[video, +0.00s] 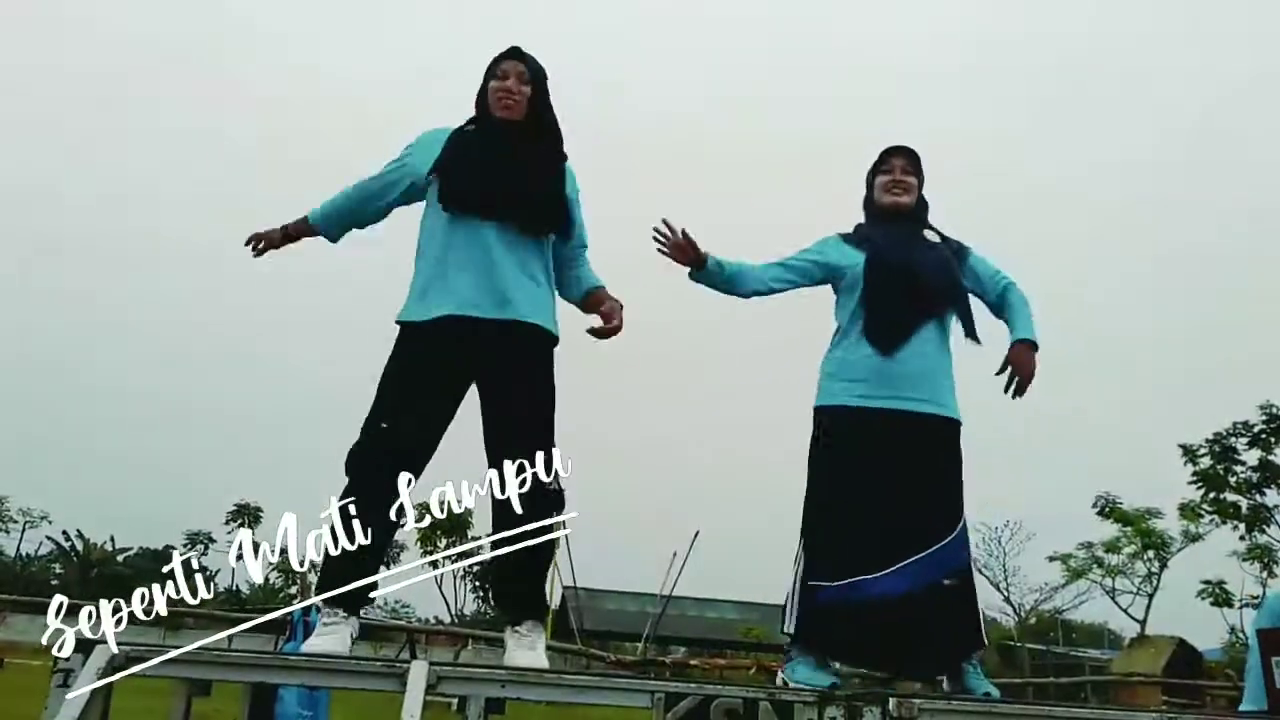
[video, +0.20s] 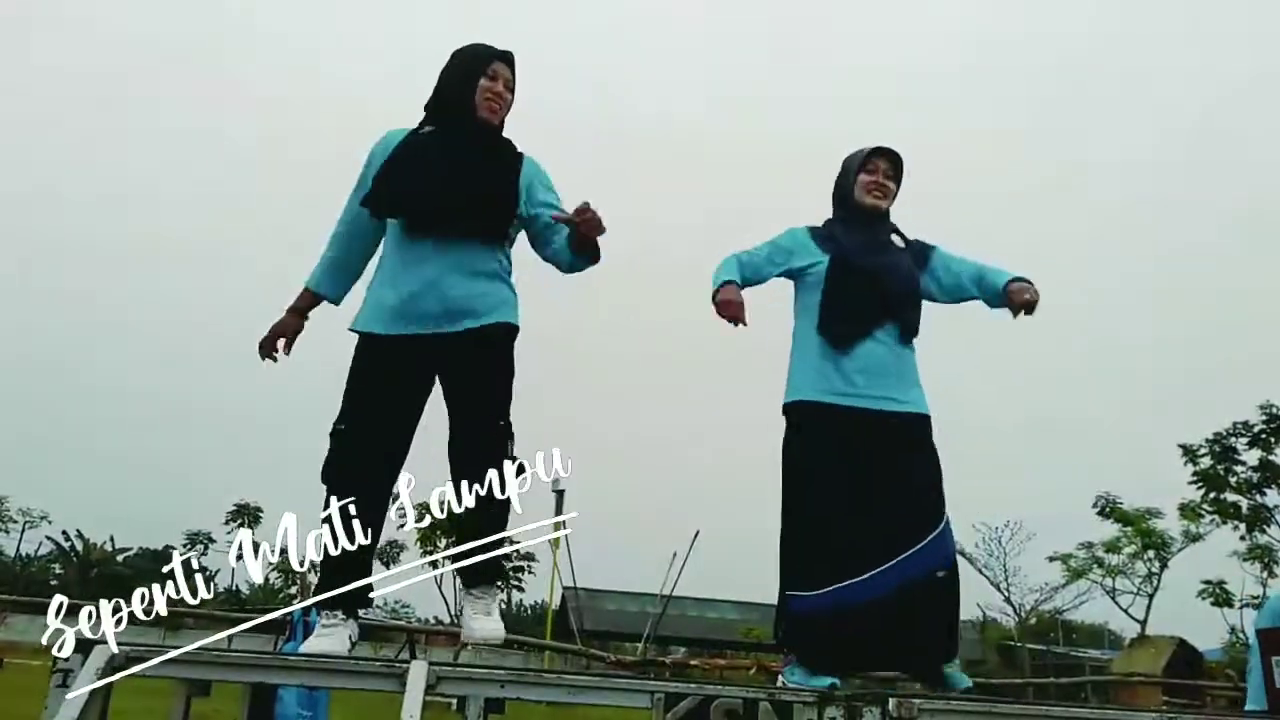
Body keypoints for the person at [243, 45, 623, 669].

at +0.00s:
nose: (509, 87)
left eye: (522, 81)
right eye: (501, 78)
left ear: (540, 98)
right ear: (484, 88)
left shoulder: (557, 172)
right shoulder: (444, 144)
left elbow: (571, 260)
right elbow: (377, 192)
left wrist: (600, 298)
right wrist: (301, 228)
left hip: (524, 328)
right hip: (438, 321)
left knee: (527, 473)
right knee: (383, 460)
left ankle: (525, 620)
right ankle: (340, 609)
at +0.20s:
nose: (502, 94)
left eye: (508, 89)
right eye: (492, 82)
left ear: (510, 103)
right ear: (458, 82)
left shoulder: (518, 167)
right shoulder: (398, 146)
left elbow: (557, 247)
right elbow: (353, 234)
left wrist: (582, 239)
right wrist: (299, 310)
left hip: (482, 324)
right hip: (393, 323)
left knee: (482, 458)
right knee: (359, 463)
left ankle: (481, 593)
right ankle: (340, 609)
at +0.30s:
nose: (495, 93)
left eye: (503, 88)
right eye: (486, 80)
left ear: (506, 103)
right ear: (452, 80)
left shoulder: (512, 159)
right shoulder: (392, 146)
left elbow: (559, 208)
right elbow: (356, 218)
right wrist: (337, 276)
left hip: (471, 315)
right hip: (388, 315)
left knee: (446, 448)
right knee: (359, 456)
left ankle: (430, 586)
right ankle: (339, 609)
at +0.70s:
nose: (529, 94)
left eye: (536, 89)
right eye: (520, 82)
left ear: (536, 101)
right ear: (485, 79)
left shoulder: (541, 157)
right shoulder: (419, 135)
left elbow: (629, 193)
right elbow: (367, 186)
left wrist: (595, 181)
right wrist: (352, 221)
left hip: (507, 316)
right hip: (416, 310)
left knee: (523, 458)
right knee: (376, 453)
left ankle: (521, 605)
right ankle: (341, 603)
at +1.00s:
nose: (583, 106)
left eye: (588, 100)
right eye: (573, 94)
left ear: (589, 114)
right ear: (539, 97)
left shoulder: (601, 179)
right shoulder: (489, 159)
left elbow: (676, 196)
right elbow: (442, 206)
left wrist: (616, 164)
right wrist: (418, 240)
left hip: (577, 329)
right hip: (491, 319)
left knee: (574, 478)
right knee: (436, 453)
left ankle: (566, 630)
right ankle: (402, 606)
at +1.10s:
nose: (598, 108)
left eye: (603, 104)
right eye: (588, 99)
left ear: (603, 120)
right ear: (555, 104)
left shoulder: (610, 168)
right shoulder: (503, 158)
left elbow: (644, 169)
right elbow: (466, 215)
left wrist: (558, 137)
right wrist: (468, 249)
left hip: (584, 328)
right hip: (503, 318)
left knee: (576, 475)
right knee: (478, 460)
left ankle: (567, 624)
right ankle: (473, 608)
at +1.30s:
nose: (610, 126)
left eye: (615, 120)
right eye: (600, 114)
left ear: (617, 132)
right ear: (567, 117)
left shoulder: (616, 191)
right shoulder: (513, 173)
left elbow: (649, 171)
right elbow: (482, 237)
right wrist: (514, 275)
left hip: (606, 352)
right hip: (523, 348)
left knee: (632, 477)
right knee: (501, 482)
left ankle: (591, 609)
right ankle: (500, 626)